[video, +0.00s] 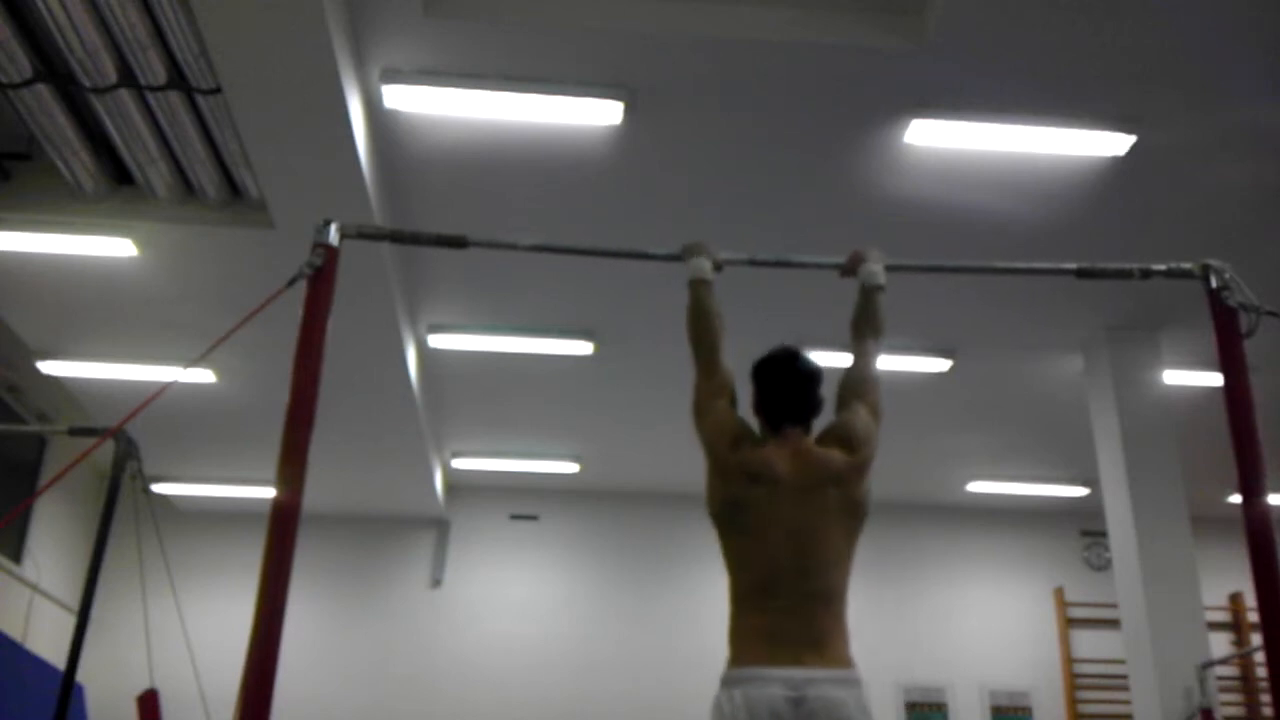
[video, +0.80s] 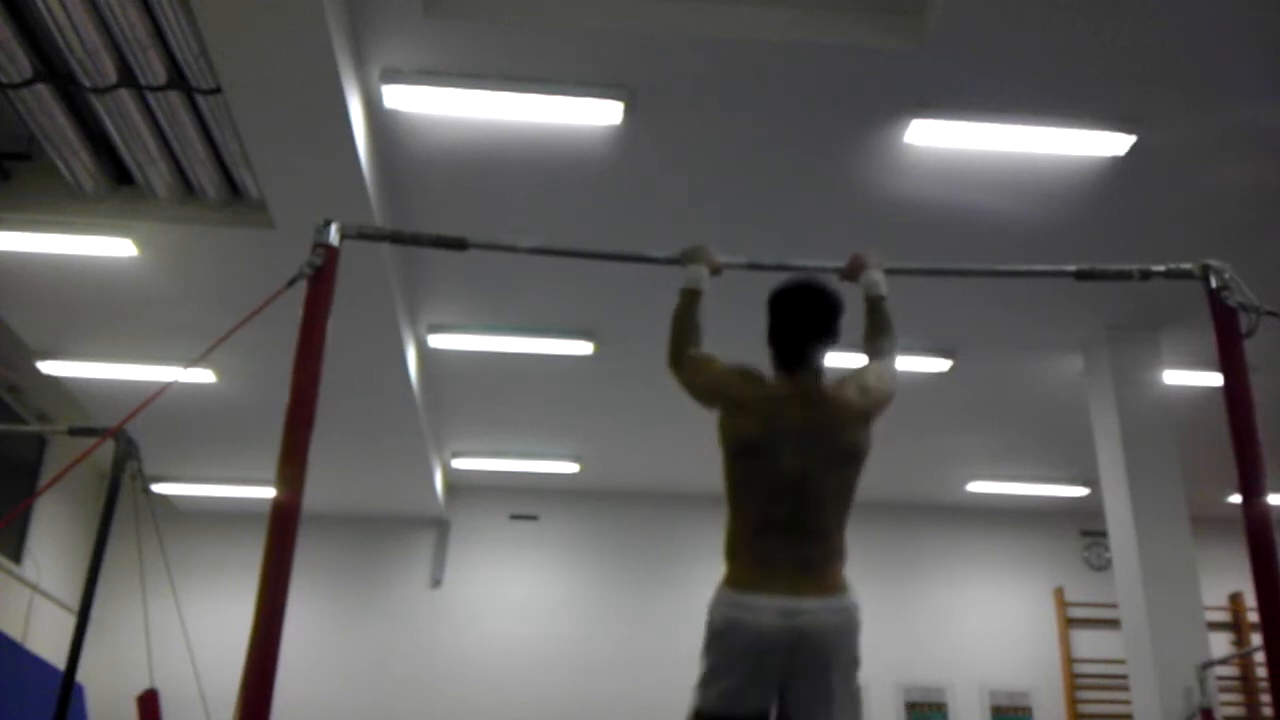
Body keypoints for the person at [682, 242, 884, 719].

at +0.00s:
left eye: (762, 397)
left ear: (755, 407)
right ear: (817, 406)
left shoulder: (732, 460)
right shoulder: (846, 461)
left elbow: (708, 361)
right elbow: (865, 352)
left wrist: (699, 270)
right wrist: (872, 278)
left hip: (751, 686)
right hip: (834, 686)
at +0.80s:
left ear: (770, 335)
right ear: (830, 340)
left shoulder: (740, 398)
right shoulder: (853, 408)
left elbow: (684, 358)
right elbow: (881, 357)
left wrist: (693, 279)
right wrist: (875, 288)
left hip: (744, 616)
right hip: (825, 620)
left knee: (724, 711)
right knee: (826, 714)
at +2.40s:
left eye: (763, 152)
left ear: (755, 152)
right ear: (819, 153)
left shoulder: (731, 207)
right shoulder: (853, 213)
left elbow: (669, 297)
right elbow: (915, 303)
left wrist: (713, 243)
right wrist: (869, 248)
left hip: (752, 424)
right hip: (831, 427)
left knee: (748, 596)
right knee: (817, 594)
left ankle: (751, 715)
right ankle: (805, 717)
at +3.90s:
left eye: (718, 170)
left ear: (736, 147)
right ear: (792, 145)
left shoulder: (722, 157)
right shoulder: (829, 165)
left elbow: (656, 161)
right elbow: (901, 185)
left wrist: (690, 233)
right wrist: (872, 244)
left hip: (759, 267)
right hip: (834, 266)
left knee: (760, 452)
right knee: (826, 451)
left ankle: (774, 600)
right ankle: (810, 599)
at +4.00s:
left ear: (736, 131)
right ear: (792, 130)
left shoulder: (723, 145)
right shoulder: (826, 153)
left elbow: (658, 161)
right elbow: (896, 180)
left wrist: (689, 232)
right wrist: (874, 238)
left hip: (761, 238)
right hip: (835, 239)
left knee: (772, 416)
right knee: (838, 412)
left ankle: (795, 568)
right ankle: (836, 562)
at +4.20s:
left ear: (743, 72)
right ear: (797, 73)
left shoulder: (723, 93)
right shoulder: (832, 99)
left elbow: (683, 158)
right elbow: (872, 172)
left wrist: (691, 226)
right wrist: (870, 233)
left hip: (764, 182)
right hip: (839, 184)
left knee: (783, 332)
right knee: (849, 327)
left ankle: (813, 465)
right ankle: (855, 455)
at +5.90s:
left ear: (789, 211)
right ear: (853, 214)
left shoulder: (759, 274)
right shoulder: (880, 285)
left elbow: (685, 309)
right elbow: (916, 328)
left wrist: (695, 260)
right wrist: (874, 272)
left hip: (763, 485)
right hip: (838, 491)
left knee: (738, 529)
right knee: (787, 539)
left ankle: (736, 557)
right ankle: (748, 559)